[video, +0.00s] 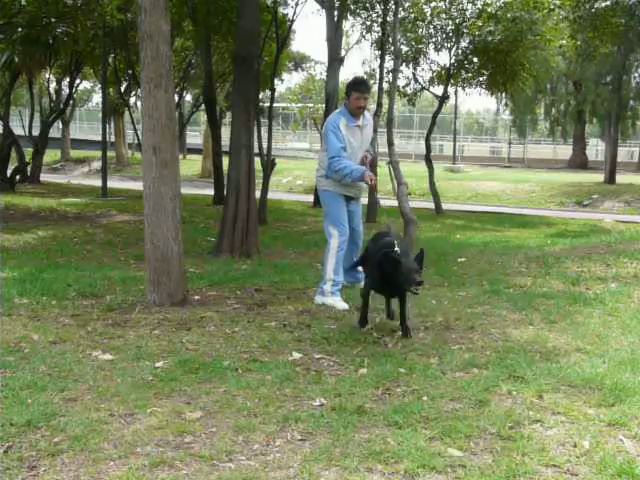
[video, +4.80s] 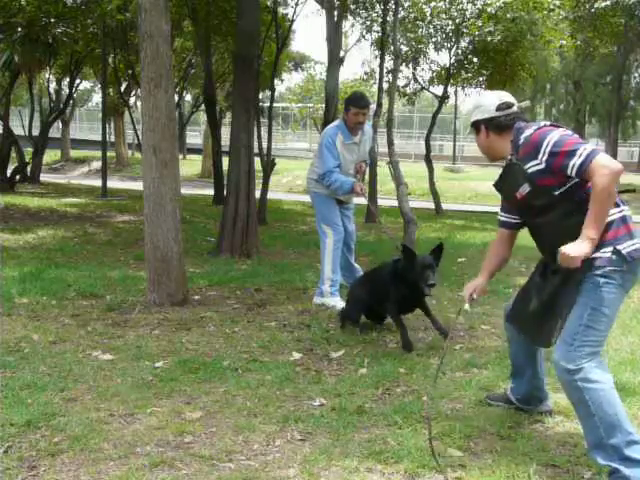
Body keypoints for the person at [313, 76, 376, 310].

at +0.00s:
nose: (362, 103)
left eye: (365, 99)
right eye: (357, 99)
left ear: (368, 100)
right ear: (347, 98)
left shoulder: (367, 120)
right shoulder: (334, 123)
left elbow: (364, 147)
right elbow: (335, 163)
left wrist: (367, 156)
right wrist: (361, 173)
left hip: (353, 186)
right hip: (332, 184)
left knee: (356, 234)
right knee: (339, 234)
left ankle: (351, 273)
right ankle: (328, 291)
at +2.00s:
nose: (360, 109)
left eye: (364, 105)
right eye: (356, 105)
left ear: (366, 105)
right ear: (344, 104)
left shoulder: (358, 126)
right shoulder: (333, 128)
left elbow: (351, 155)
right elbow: (335, 171)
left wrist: (360, 161)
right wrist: (364, 179)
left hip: (344, 189)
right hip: (326, 188)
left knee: (350, 234)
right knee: (337, 234)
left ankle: (351, 275)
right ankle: (326, 291)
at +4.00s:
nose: (362, 118)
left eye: (365, 114)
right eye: (357, 114)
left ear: (369, 113)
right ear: (346, 112)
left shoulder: (370, 130)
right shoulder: (332, 133)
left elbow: (372, 156)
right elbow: (327, 171)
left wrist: (366, 166)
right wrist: (347, 184)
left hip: (349, 191)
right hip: (326, 189)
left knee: (351, 234)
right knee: (336, 233)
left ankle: (348, 286)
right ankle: (328, 292)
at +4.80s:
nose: (360, 120)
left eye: (364, 115)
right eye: (356, 115)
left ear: (368, 114)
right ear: (346, 113)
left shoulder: (366, 131)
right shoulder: (331, 135)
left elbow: (365, 153)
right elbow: (328, 174)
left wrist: (363, 164)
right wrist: (351, 185)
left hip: (345, 191)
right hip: (322, 189)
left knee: (348, 234)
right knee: (334, 233)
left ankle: (352, 279)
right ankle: (327, 292)